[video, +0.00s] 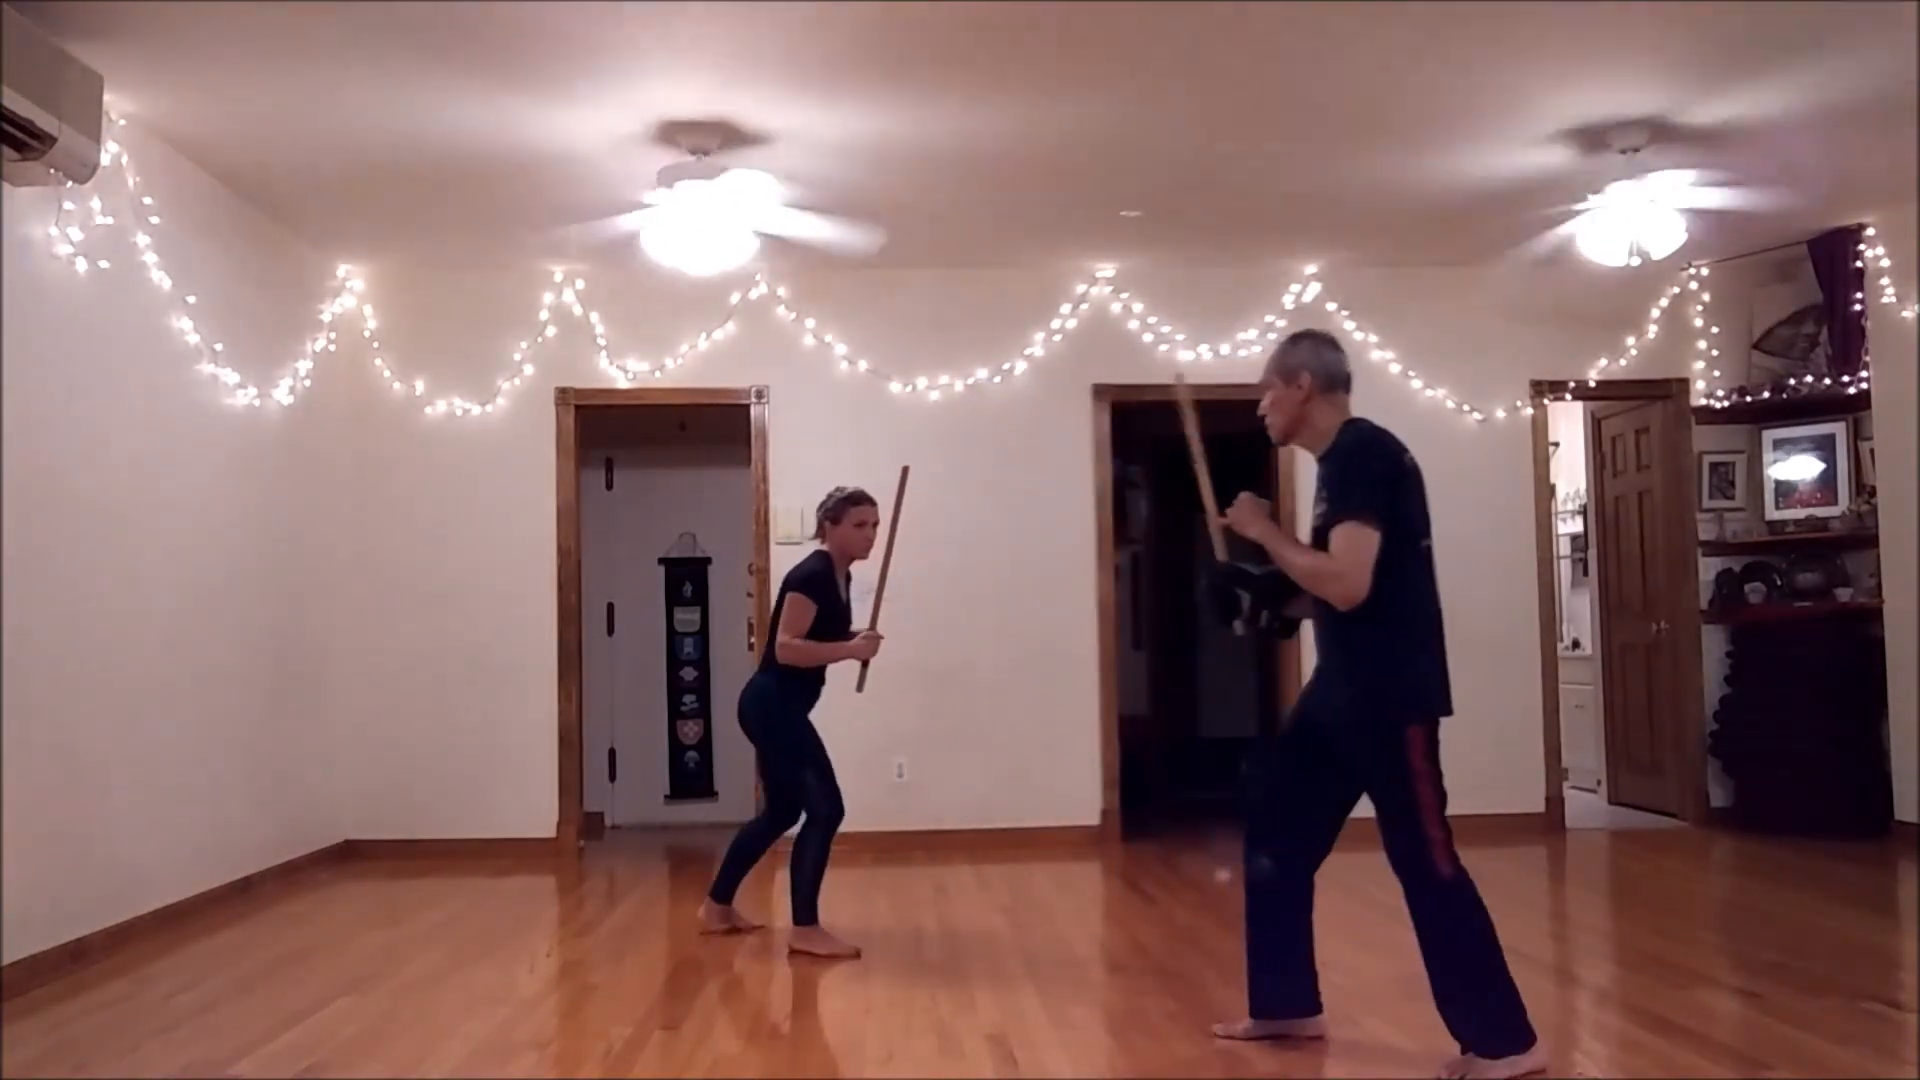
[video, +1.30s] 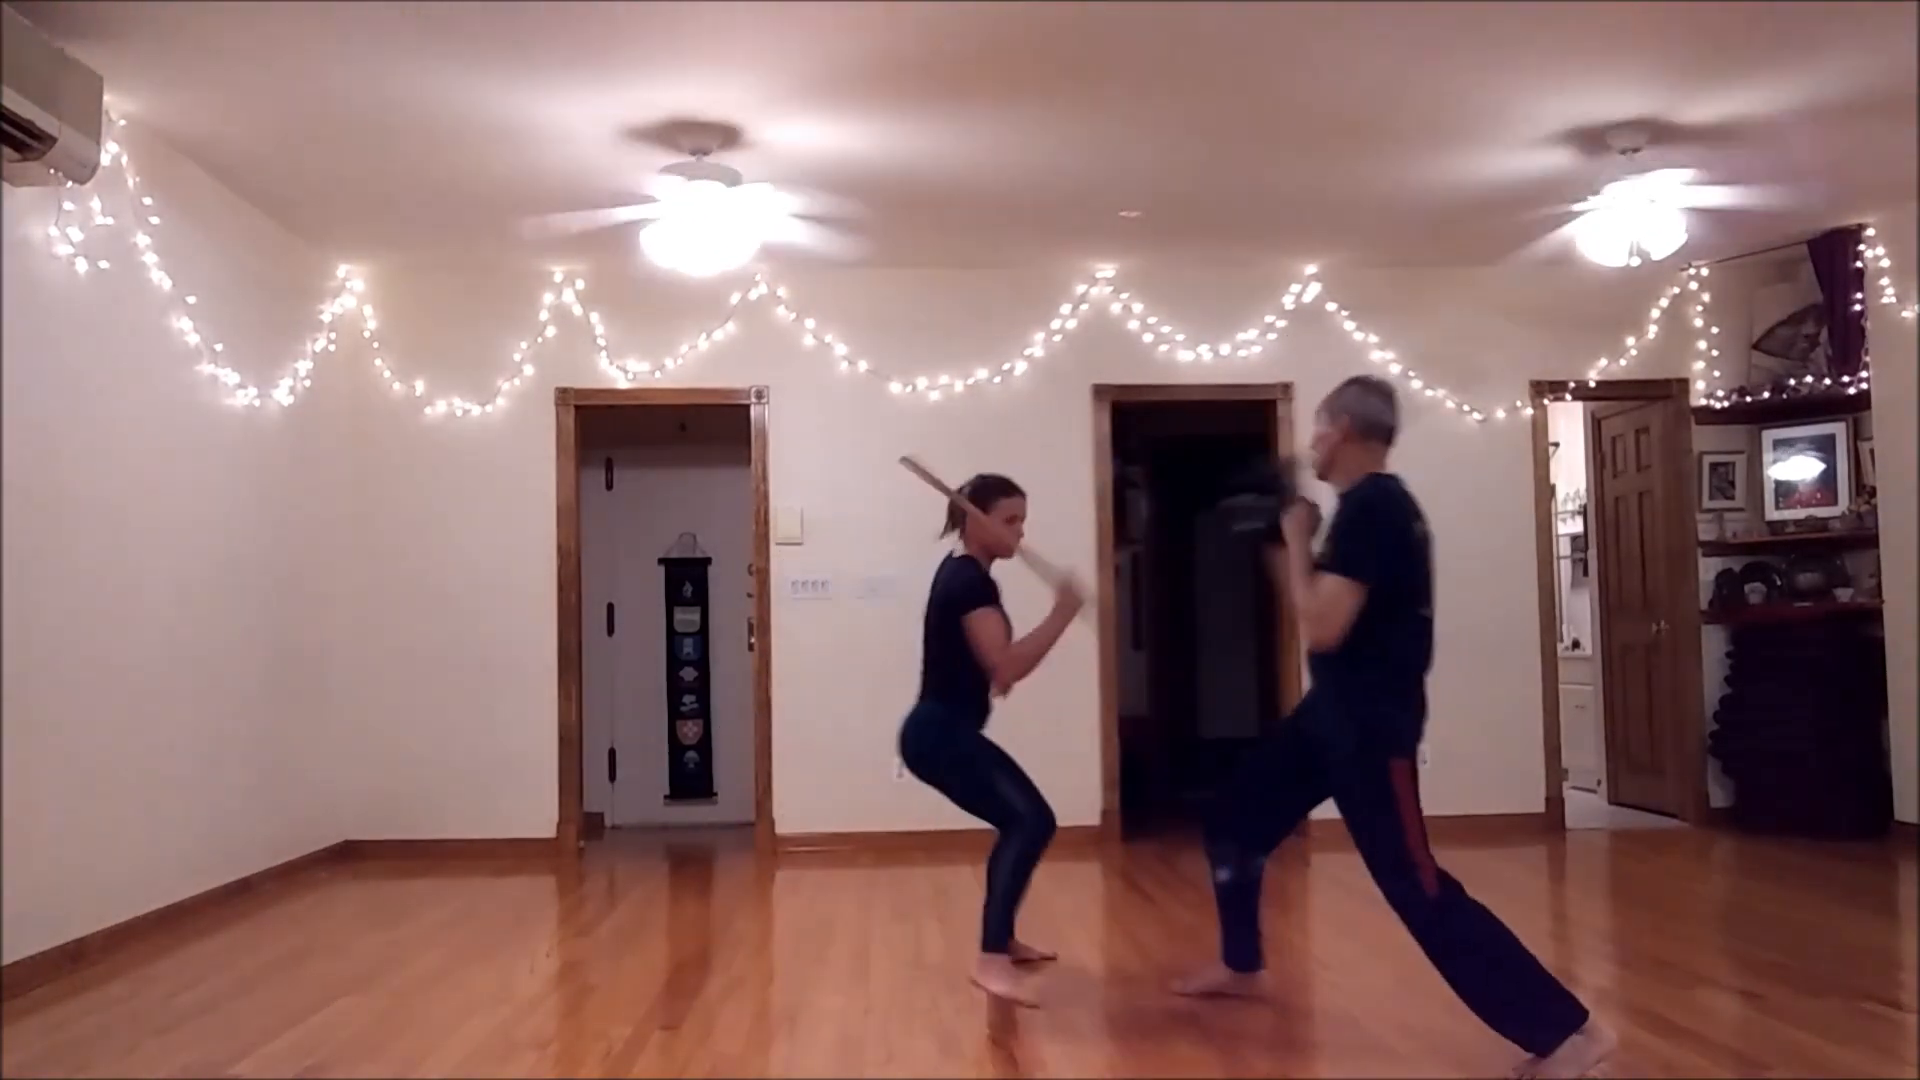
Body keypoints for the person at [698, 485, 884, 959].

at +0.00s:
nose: (870, 535)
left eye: (874, 526)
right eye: (861, 526)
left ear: (869, 531)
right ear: (830, 529)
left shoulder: (839, 575)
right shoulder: (811, 576)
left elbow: (814, 637)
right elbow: (785, 648)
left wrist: (851, 641)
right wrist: (850, 649)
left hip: (780, 706)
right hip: (773, 708)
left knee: (781, 811)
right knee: (826, 810)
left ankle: (717, 905)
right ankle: (805, 929)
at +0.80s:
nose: (868, 554)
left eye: (870, 545)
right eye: (861, 544)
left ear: (837, 547)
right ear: (831, 544)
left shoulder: (824, 591)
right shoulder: (818, 593)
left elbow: (821, 665)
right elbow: (811, 669)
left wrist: (875, 664)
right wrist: (875, 660)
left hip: (782, 728)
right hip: (788, 731)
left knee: (794, 821)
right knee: (872, 805)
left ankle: (715, 904)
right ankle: (864, 928)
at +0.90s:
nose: (898, 553)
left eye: (899, 543)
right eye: (889, 544)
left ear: (866, 549)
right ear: (858, 547)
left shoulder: (858, 593)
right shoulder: (852, 596)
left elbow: (895, 652)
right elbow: (874, 676)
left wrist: (929, 622)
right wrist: (942, 659)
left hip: (810, 731)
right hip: (817, 737)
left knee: (785, 824)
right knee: (904, 812)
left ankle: (714, 904)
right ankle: (952, 929)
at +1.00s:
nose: (949, 546)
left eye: (950, 537)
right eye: (941, 537)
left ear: (910, 543)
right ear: (910, 542)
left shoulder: (892, 586)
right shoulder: (908, 598)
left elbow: (929, 637)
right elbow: (981, 664)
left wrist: (958, 637)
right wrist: (1054, 670)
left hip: (843, 729)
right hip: (856, 739)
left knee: (836, 820)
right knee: (943, 817)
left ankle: (755, 883)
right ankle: (968, 945)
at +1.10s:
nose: (997, 539)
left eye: (997, 530)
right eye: (987, 531)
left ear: (953, 537)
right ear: (955, 535)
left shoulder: (926, 575)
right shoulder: (957, 590)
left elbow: (913, 642)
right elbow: (1007, 668)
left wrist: (957, 678)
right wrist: (1085, 674)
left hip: (860, 720)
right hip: (880, 730)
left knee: (926, 803)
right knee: (972, 819)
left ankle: (862, 898)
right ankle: (971, 946)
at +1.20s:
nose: (1020, 536)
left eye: (1021, 526)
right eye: (1010, 526)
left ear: (979, 530)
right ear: (975, 529)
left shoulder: (958, 573)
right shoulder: (967, 585)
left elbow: (965, 653)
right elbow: (975, 678)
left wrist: (993, 685)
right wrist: (1049, 666)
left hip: (903, 720)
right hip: (901, 727)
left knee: (997, 805)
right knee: (1002, 808)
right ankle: (973, 930)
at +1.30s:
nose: (1021, 531)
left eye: (1022, 521)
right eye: (1012, 521)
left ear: (976, 524)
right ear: (979, 521)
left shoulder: (966, 574)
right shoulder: (966, 580)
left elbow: (982, 656)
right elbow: (1005, 669)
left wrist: (996, 676)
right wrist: (1062, 613)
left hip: (948, 732)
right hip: (940, 736)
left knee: (1034, 821)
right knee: (1028, 823)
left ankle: (1002, 941)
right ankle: (991, 958)